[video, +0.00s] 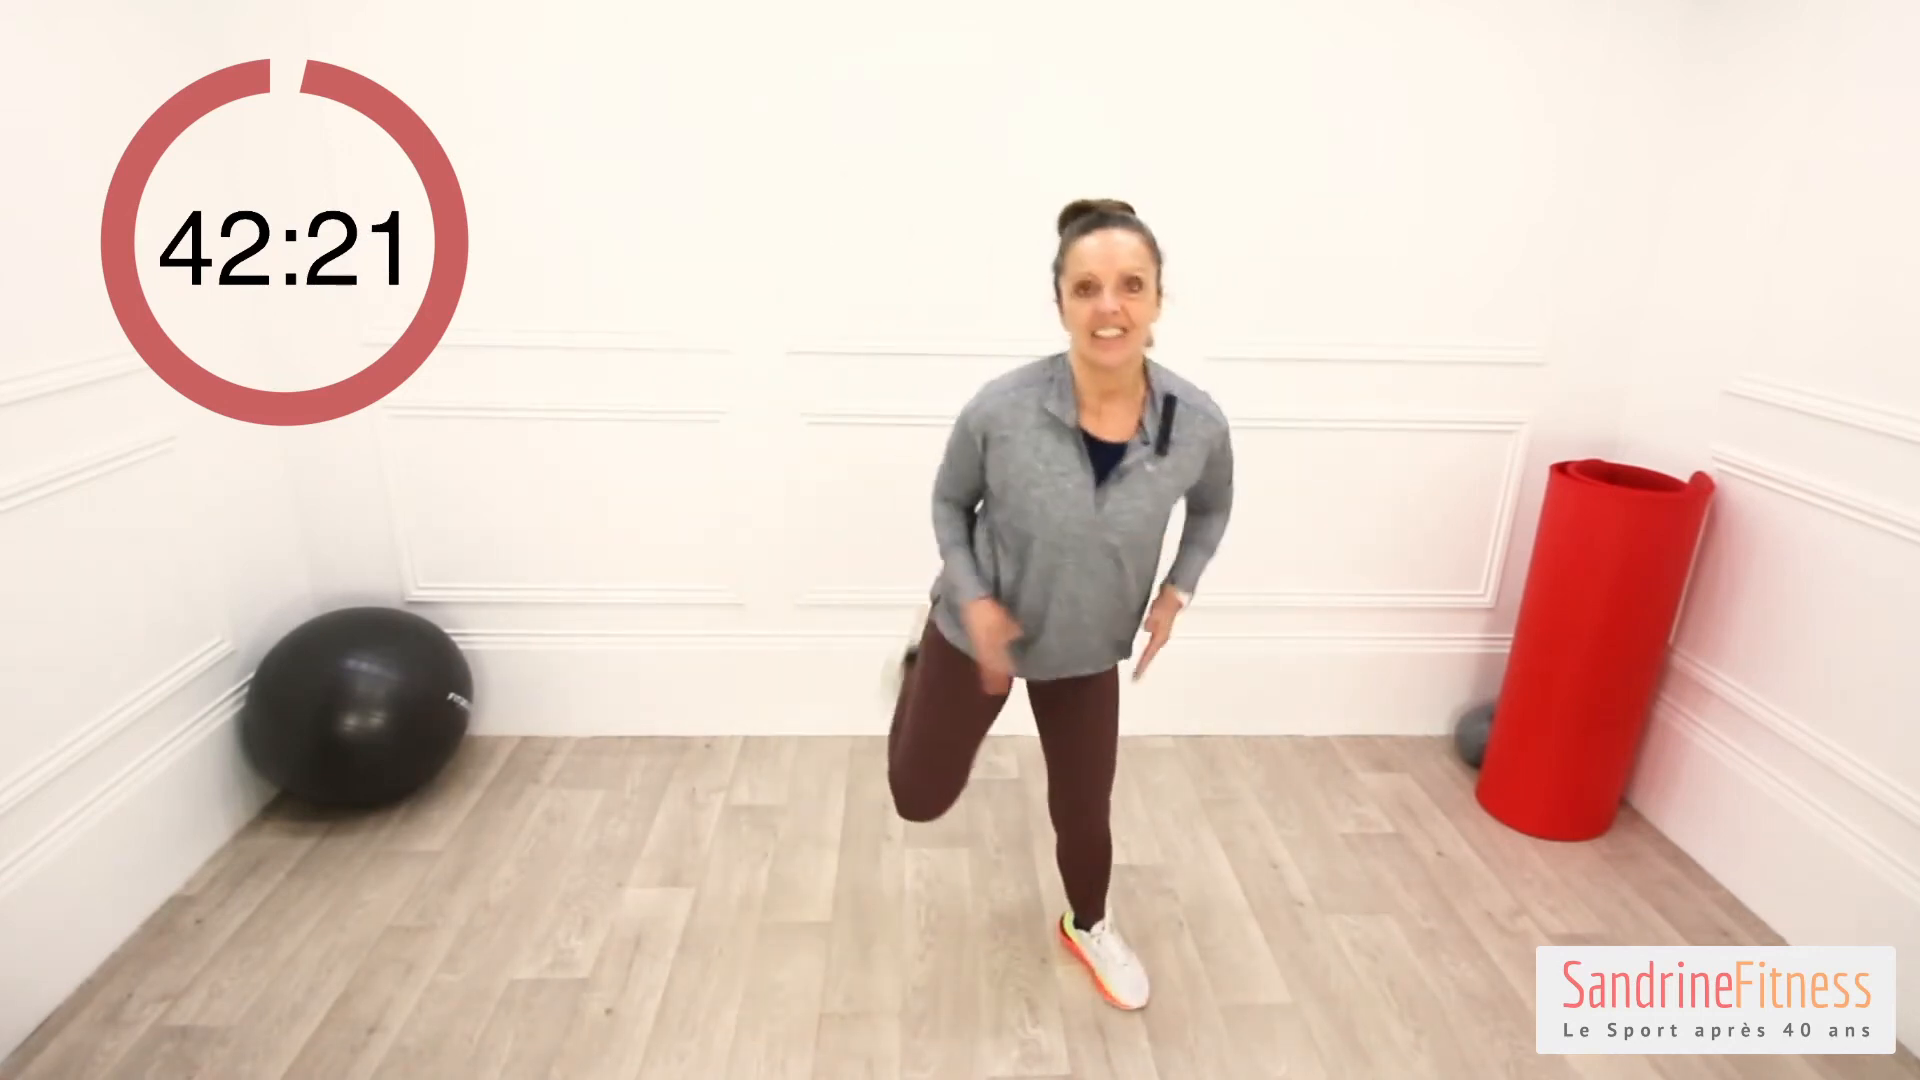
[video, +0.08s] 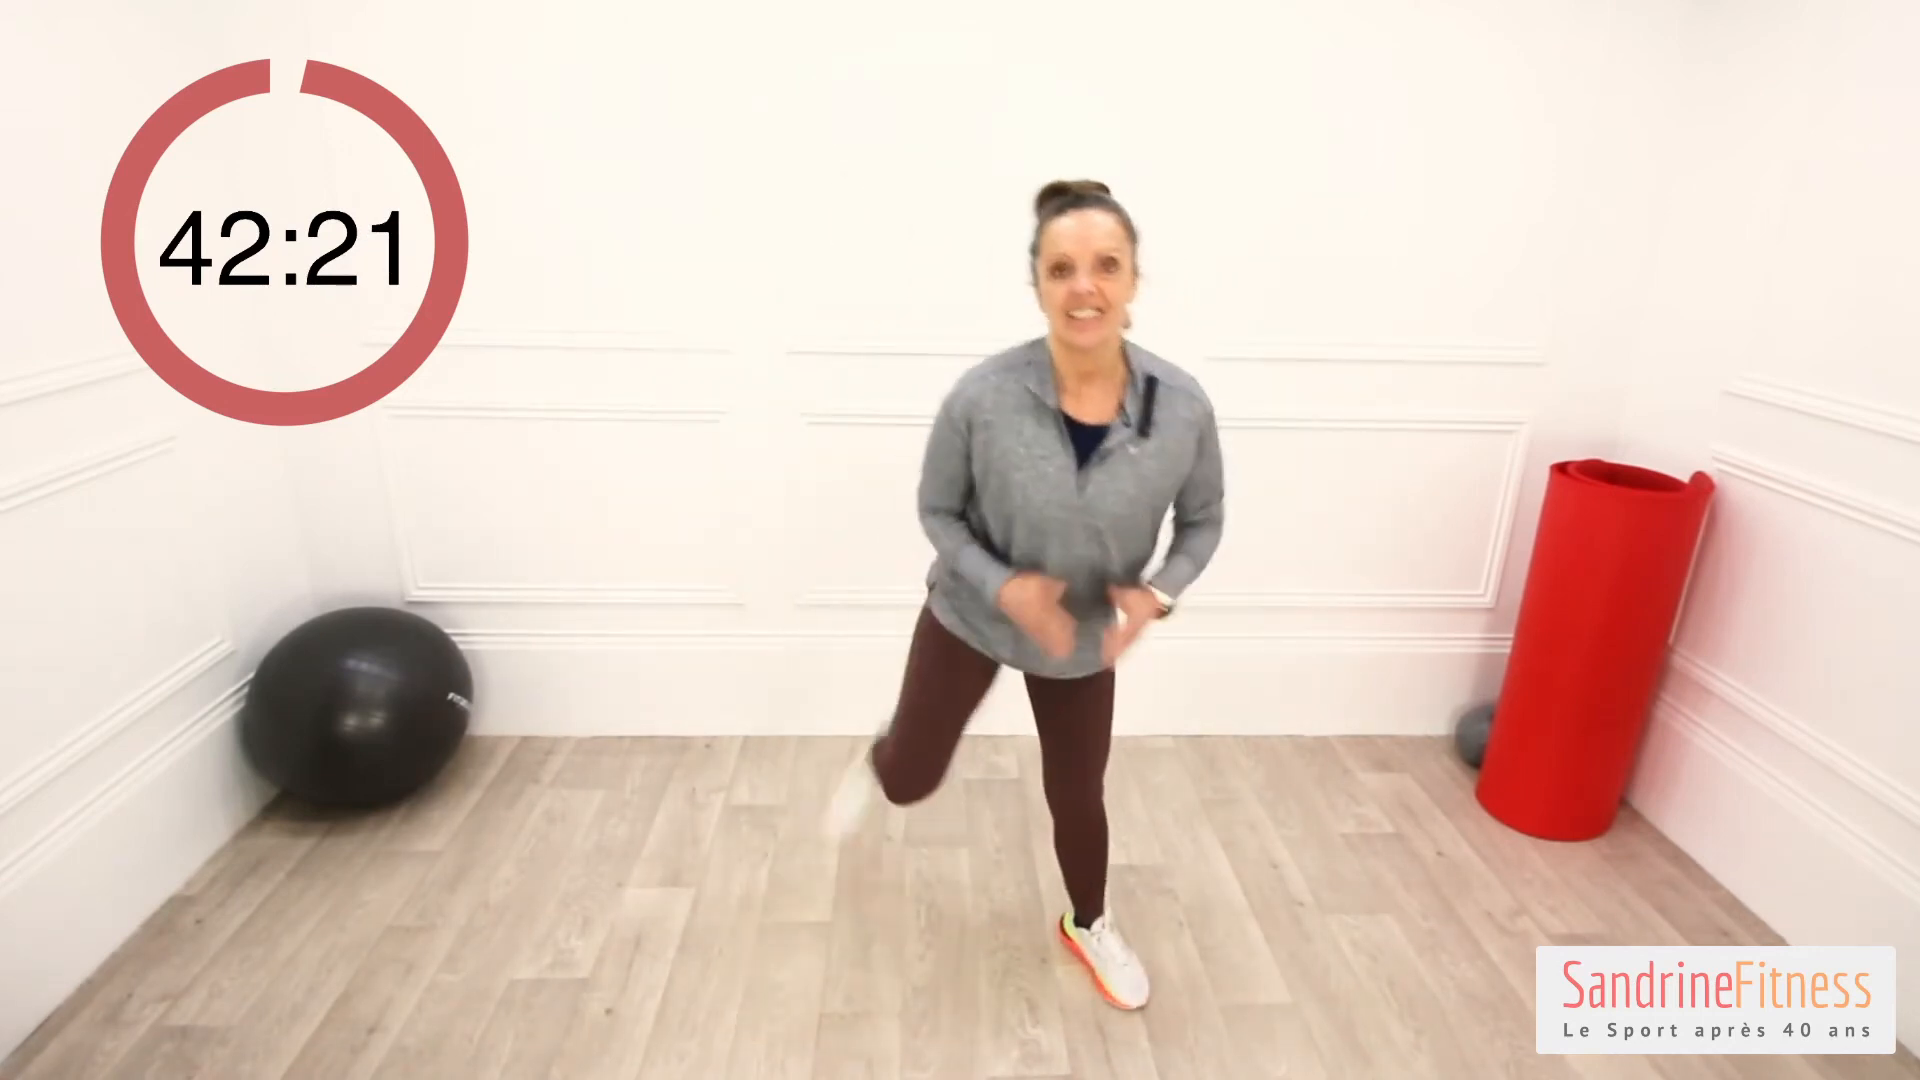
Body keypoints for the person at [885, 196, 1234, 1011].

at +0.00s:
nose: (1111, 308)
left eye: (1131, 286)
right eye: (1088, 289)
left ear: (1158, 301)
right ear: (1060, 306)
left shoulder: (1195, 425)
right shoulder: (1000, 410)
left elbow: (1210, 511)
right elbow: (949, 507)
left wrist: (1177, 588)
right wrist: (972, 605)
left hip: (1087, 652)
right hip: (983, 634)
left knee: (1084, 812)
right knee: (918, 801)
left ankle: (1087, 927)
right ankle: (925, 654)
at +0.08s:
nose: (1085, 289)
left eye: (1105, 267)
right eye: (1063, 270)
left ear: (1135, 280)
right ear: (1036, 285)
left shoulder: (1181, 408)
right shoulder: (981, 397)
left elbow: (1202, 520)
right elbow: (937, 513)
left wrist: (1160, 590)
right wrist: (1003, 588)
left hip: (1083, 639)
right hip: (972, 617)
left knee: (1080, 798)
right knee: (909, 781)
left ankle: (1087, 925)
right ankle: (879, 759)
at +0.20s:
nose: (1029, 288)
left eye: (1047, 266)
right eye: (1006, 271)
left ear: (1078, 276)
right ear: (982, 287)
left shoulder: (1131, 405)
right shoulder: (933, 405)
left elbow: (1159, 548)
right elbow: (926, 548)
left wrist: (1102, 576)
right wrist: (994, 566)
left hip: (1068, 630)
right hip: (955, 613)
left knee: (1070, 790)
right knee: (887, 768)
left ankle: (1087, 924)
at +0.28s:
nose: (979, 313)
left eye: (998, 289)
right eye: (957, 294)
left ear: (1028, 299)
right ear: (934, 310)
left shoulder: (1080, 424)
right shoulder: (893, 424)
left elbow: (1108, 568)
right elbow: (902, 568)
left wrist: (1054, 598)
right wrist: (957, 592)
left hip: (1048, 647)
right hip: (935, 639)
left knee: (1060, 804)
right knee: (877, 790)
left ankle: (1088, 926)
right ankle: (809, 919)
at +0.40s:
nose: (926, 326)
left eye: (944, 303)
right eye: (903, 307)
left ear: (972, 312)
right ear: (879, 321)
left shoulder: (1025, 432)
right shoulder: (844, 436)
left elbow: (1049, 574)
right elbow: (859, 578)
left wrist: (1001, 646)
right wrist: (912, 643)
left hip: (1013, 636)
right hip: (904, 639)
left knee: (1038, 804)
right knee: (857, 805)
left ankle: (1089, 929)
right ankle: (796, 932)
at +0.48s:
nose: (871, 308)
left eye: (890, 285)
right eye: (849, 289)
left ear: (920, 294)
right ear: (824, 303)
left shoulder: (972, 418)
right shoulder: (791, 425)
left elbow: (1016, 570)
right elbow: (786, 568)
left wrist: (979, 667)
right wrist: (833, 650)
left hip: (980, 623)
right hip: (869, 635)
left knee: (1035, 778)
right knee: (833, 807)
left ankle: (1098, 916)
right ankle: (795, 931)